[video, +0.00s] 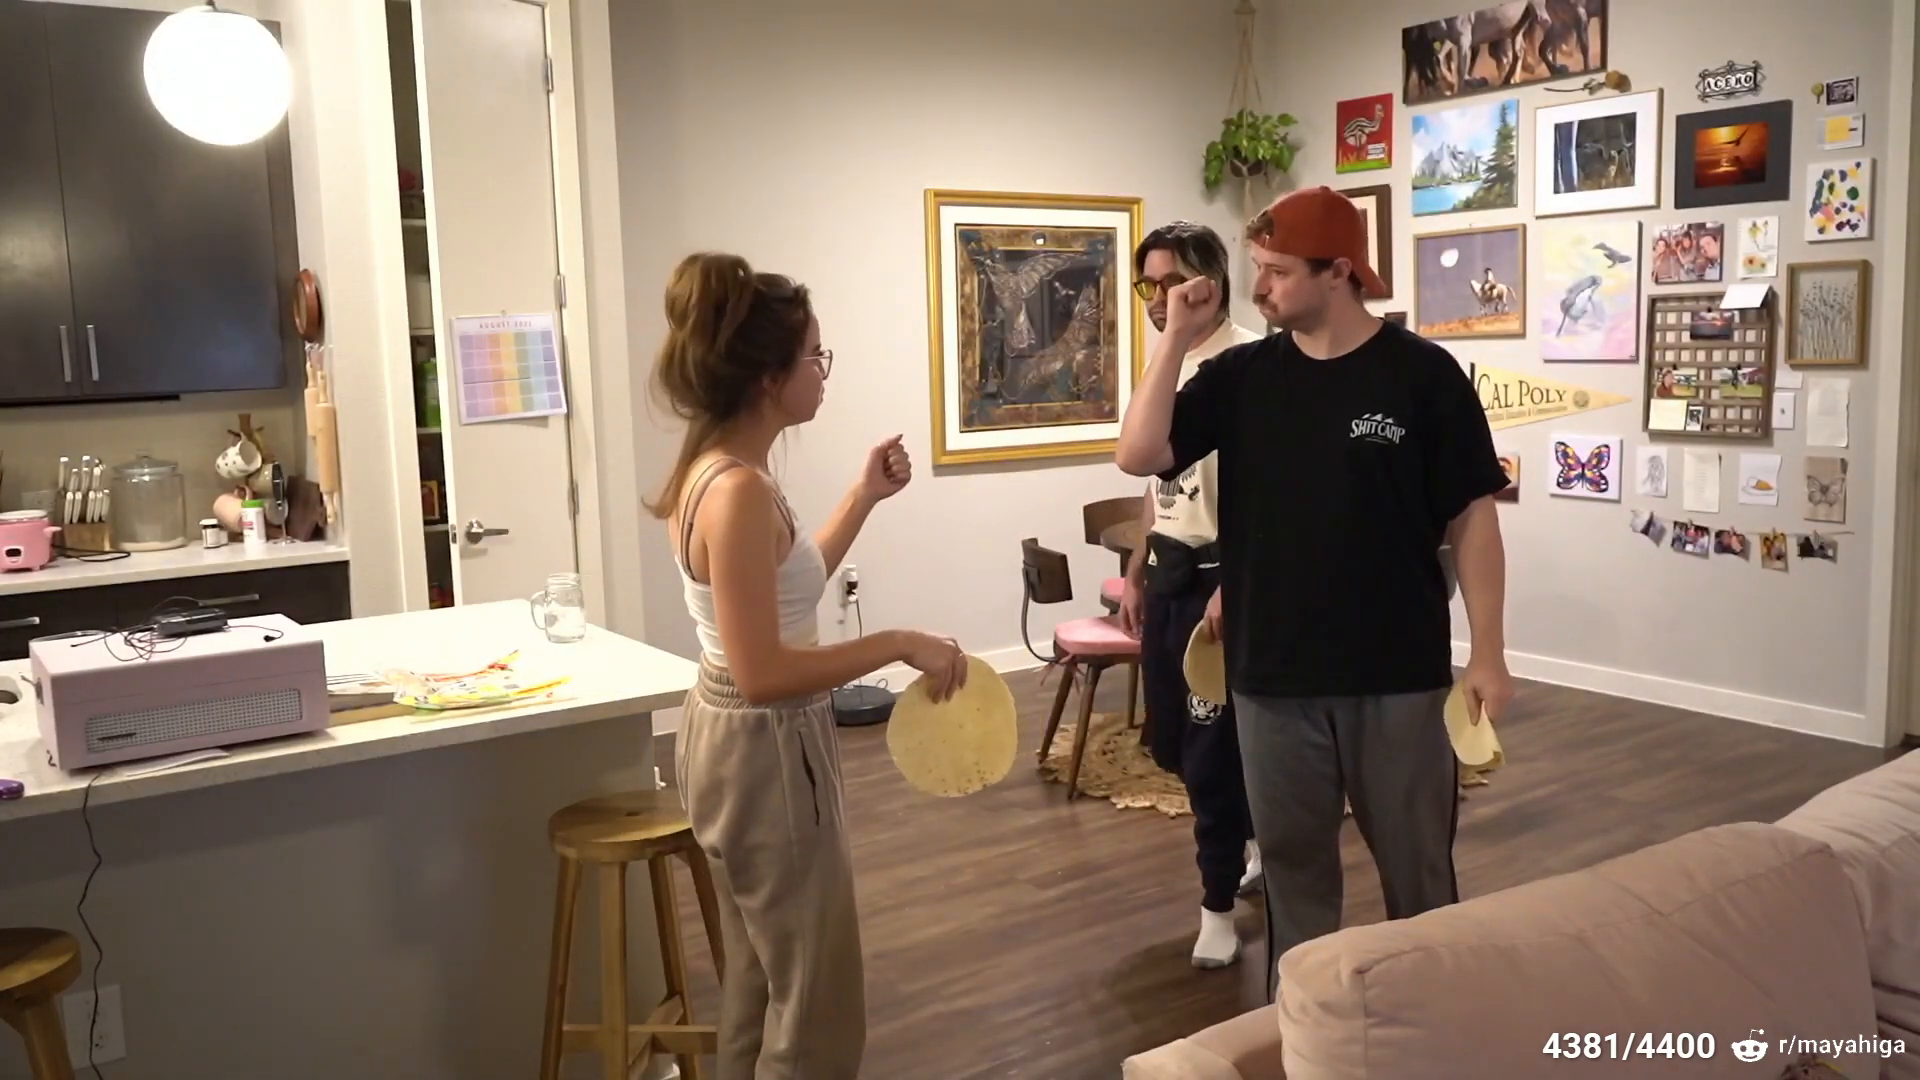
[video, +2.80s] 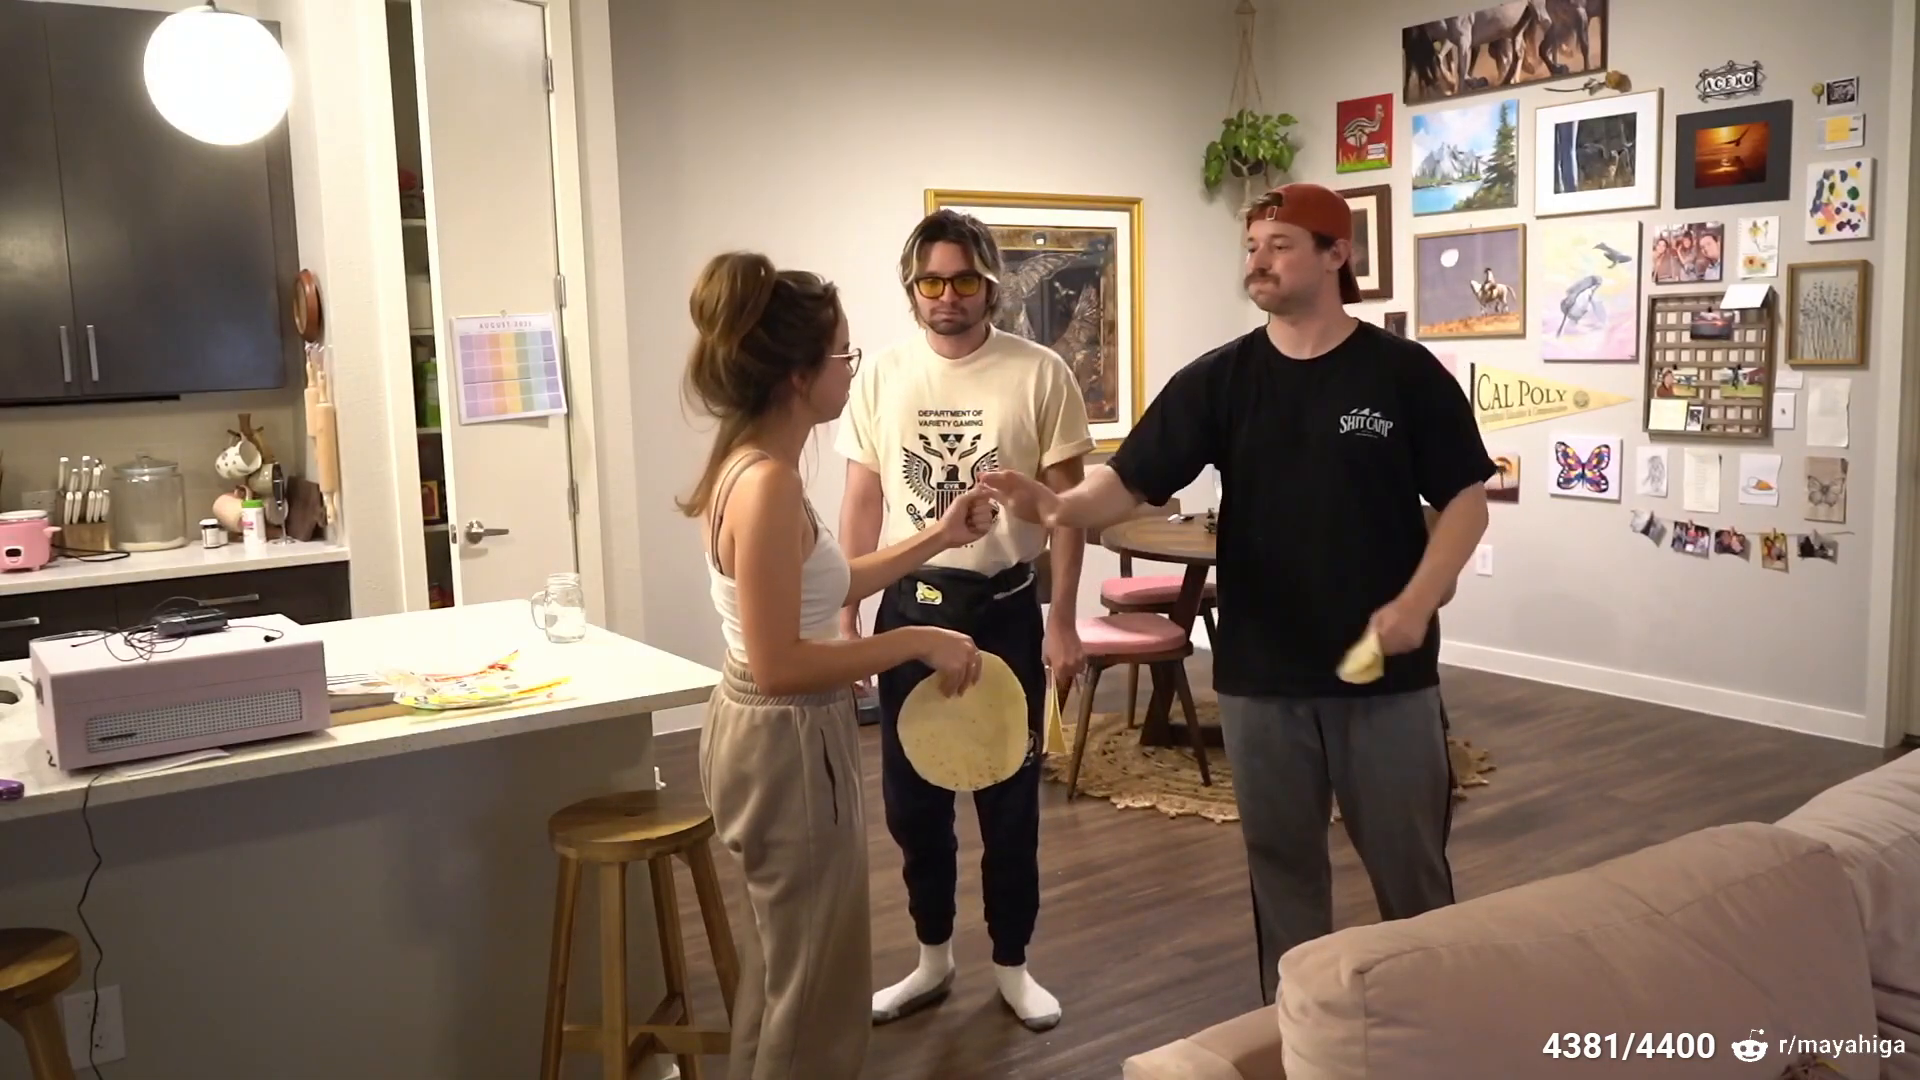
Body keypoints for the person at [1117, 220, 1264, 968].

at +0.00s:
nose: (1155, 298)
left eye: (1168, 284)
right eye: (1149, 286)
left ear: (1209, 286)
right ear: (1147, 292)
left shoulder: (1248, 365)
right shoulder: (1162, 368)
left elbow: (1260, 489)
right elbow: (1154, 485)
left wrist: (1232, 588)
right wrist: (1135, 573)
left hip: (1224, 576)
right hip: (1167, 571)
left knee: (1213, 749)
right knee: (1168, 738)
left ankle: (1218, 904)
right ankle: (1253, 835)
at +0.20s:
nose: (1140, 293)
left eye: (1155, 278)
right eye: (1132, 281)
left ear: (1197, 279)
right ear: (1129, 287)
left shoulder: (1239, 360)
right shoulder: (1150, 365)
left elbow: (1257, 487)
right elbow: (1144, 480)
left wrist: (1235, 598)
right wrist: (1099, 558)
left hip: (1212, 581)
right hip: (1144, 578)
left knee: (1210, 755)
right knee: (1112, 741)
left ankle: (1220, 907)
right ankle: (1191, 855)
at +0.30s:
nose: (1129, 291)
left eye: (1144, 277)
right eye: (1120, 279)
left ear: (1183, 279)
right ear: (1114, 288)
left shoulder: (1228, 362)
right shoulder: (1125, 367)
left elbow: (1253, 487)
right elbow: (1131, 482)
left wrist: (1230, 593)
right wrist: (1083, 558)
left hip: (1205, 582)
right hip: (1133, 579)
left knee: (1207, 757)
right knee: (1092, 746)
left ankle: (1219, 912)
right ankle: (1128, 881)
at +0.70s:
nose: (1053, 293)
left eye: (1068, 280)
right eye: (1041, 282)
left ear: (1100, 282)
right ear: (1030, 289)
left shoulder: (1146, 361)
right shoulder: (1020, 376)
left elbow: (1193, 474)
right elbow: (1019, 490)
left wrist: (1188, 591)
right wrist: (1000, 593)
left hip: (1127, 591)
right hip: (1041, 593)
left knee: (1154, 763)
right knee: (1034, 765)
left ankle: (1207, 905)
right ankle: (1051, 917)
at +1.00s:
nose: (988, 303)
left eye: (1002, 288)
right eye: (974, 291)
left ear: (1035, 286)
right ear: (962, 295)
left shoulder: (1091, 364)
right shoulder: (957, 376)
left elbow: (1131, 478)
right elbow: (936, 492)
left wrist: (1127, 593)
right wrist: (894, 597)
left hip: (1072, 586)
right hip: (989, 588)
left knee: (1084, 772)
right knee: (1007, 763)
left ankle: (1130, 914)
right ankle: (1048, 916)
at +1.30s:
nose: (976, 305)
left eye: (990, 290)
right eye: (960, 293)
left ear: (1020, 290)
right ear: (945, 300)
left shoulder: (1077, 367)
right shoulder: (934, 378)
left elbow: (1117, 484)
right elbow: (917, 499)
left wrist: (1101, 593)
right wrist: (874, 600)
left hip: (1056, 596)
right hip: (969, 594)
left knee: (1035, 777)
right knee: (980, 766)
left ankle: (1014, 953)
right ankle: (1041, 898)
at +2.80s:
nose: (948, 296)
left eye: (964, 281)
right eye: (932, 283)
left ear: (991, 285)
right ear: (911, 289)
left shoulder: (1040, 372)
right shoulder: (882, 375)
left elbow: (1067, 507)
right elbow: (862, 504)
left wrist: (1061, 620)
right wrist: (855, 620)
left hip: (1008, 609)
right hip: (910, 609)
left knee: (1009, 797)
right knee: (913, 799)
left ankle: (1013, 967)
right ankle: (933, 958)